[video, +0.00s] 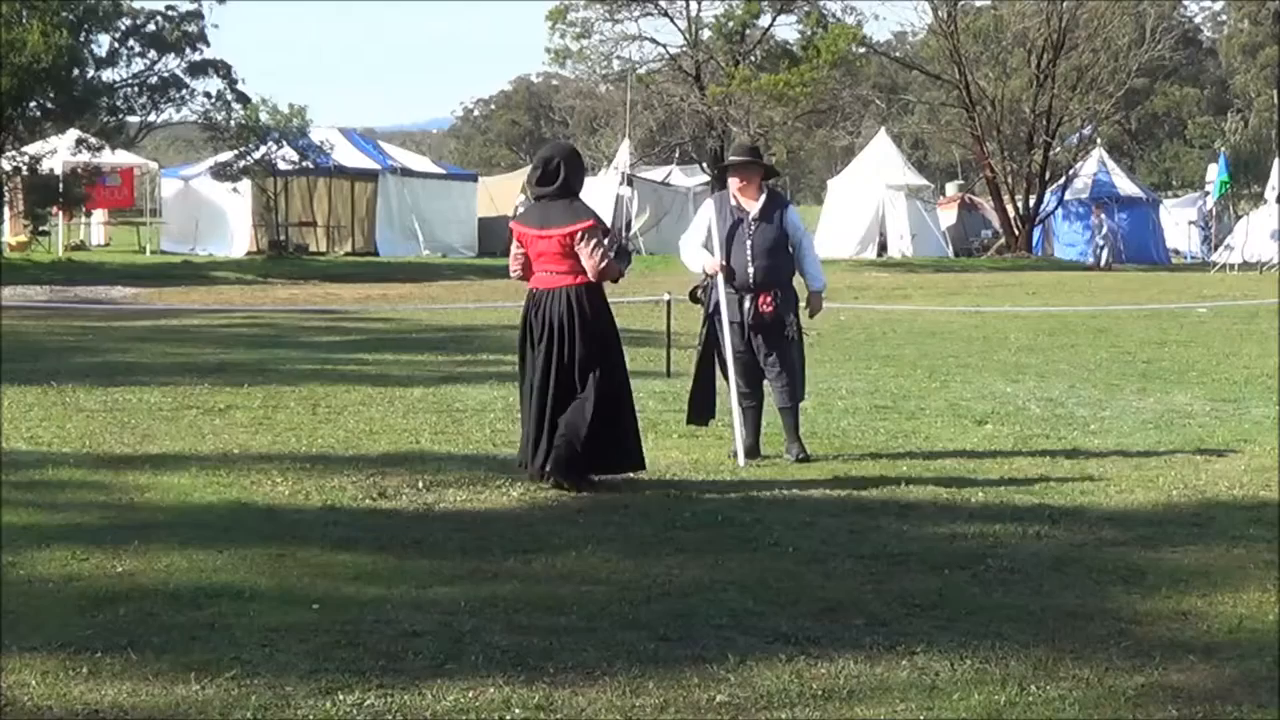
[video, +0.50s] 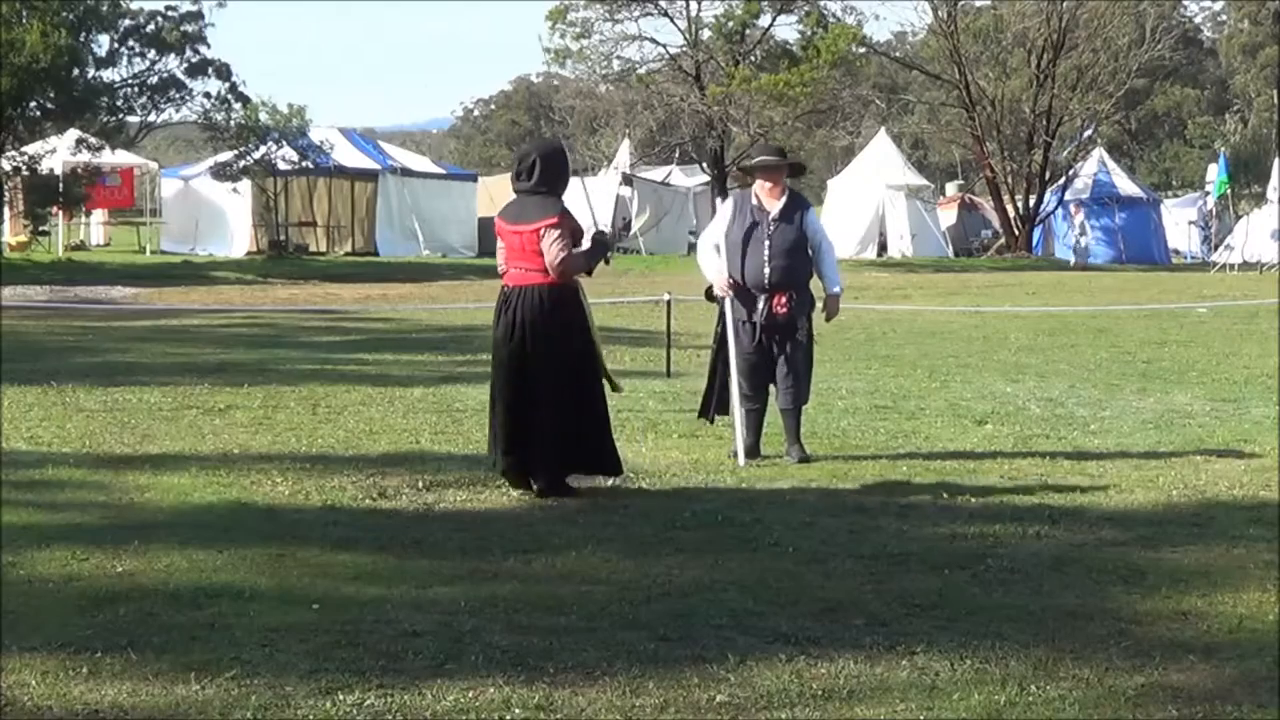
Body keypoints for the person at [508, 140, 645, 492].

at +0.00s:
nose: (581, 177)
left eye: (578, 171)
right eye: (579, 172)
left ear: (537, 174)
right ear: (573, 176)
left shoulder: (523, 220)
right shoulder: (580, 217)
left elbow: (518, 270)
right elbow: (601, 270)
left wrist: (552, 267)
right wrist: (621, 261)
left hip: (539, 304)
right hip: (578, 304)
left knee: (545, 381)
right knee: (592, 382)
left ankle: (540, 460)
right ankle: (566, 459)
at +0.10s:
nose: (580, 180)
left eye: (578, 173)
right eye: (578, 174)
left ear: (535, 176)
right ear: (571, 178)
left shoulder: (520, 222)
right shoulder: (577, 221)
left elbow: (518, 273)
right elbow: (597, 273)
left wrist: (552, 265)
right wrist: (618, 260)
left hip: (536, 306)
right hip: (575, 307)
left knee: (543, 383)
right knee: (585, 383)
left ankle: (539, 461)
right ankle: (571, 466)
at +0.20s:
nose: (579, 181)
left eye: (577, 174)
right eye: (576, 175)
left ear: (534, 178)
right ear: (569, 179)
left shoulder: (518, 225)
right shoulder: (574, 223)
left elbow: (517, 274)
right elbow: (594, 275)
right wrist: (616, 263)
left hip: (532, 308)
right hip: (572, 308)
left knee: (539, 385)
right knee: (579, 385)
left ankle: (536, 464)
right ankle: (573, 468)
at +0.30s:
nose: (577, 181)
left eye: (575, 174)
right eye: (574, 175)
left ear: (531, 176)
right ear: (567, 178)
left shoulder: (516, 221)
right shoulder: (568, 221)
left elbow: (514, 271)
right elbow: (585, 272)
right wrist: (609, 259)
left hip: (525, 306)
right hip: (563, 308)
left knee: (531, 385)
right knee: (565, 386)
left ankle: (529, 465)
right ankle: (557, 472)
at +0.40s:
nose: (574, 178)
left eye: (571, 171)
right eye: (572, 172)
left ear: (528, 173)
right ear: (566, 176)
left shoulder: (511, 218)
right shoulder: (563, 217)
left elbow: (513, 267)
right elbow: (574, 267)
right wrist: (603, 260)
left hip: (519, 303)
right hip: (558, 306)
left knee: (526, 385)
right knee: (559, 387)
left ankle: (526, 465)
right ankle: (551, 476)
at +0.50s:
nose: (566, 176)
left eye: (563, 170)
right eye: (564, 170)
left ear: (521, 171)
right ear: (558, 174)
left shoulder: (505, 215)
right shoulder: (550, 214)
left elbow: (504, 267)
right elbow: (560, 265)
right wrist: (596, 250)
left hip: (511, 304)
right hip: (548, 306)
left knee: (519, 387)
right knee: (552, 389)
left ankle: (517, 470)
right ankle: (550, 476)